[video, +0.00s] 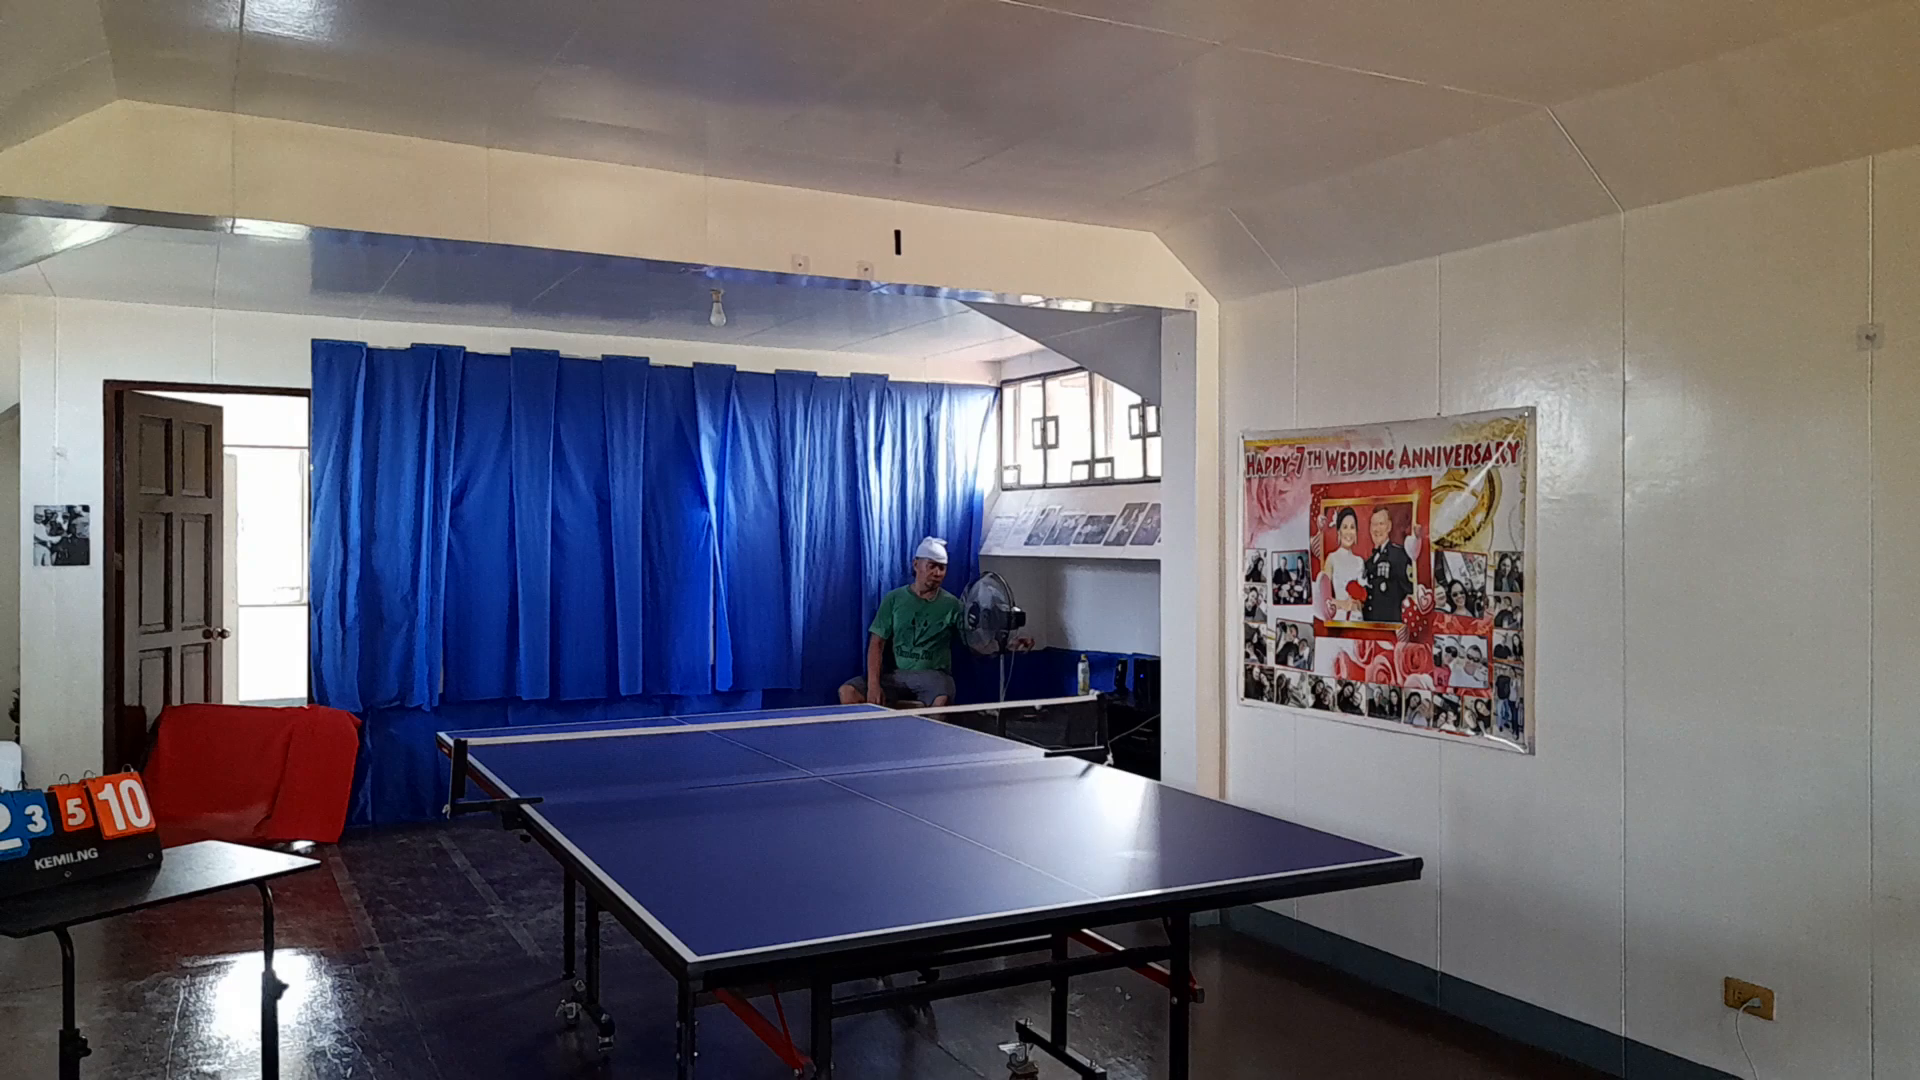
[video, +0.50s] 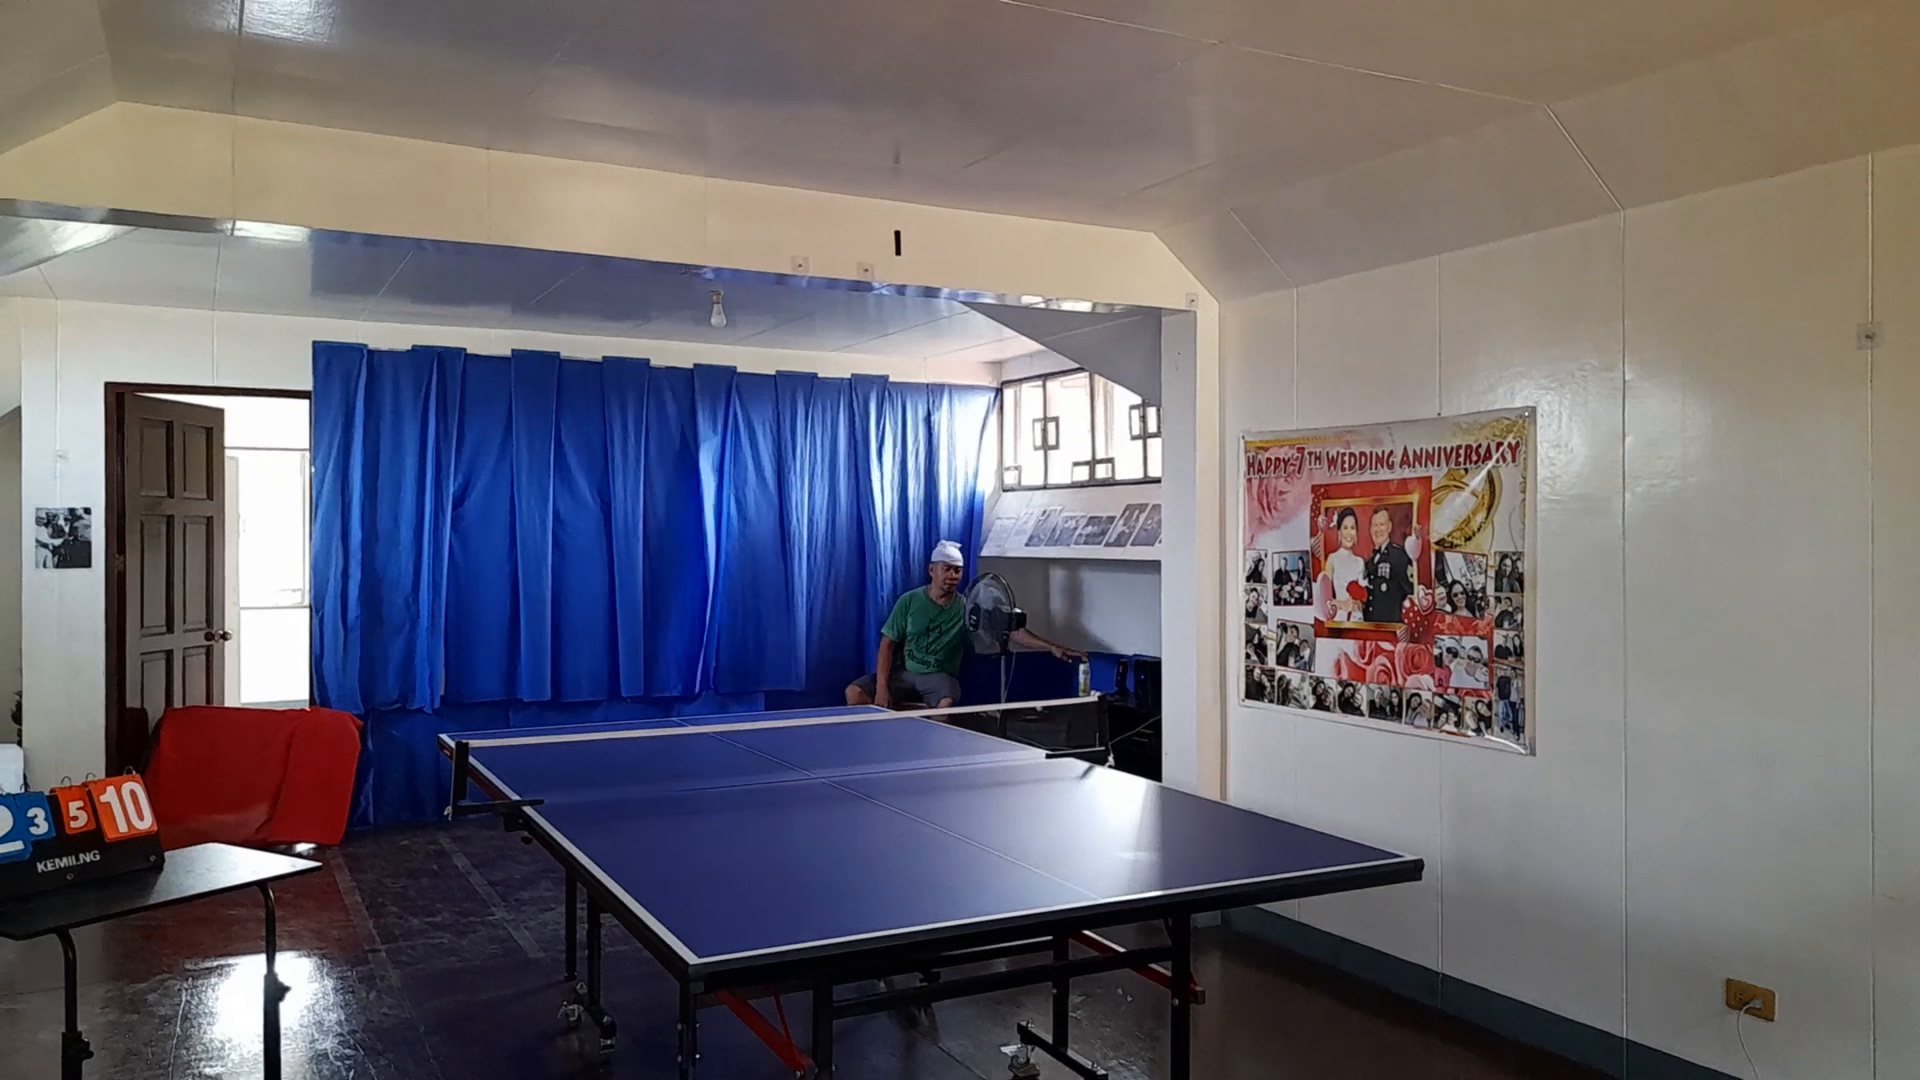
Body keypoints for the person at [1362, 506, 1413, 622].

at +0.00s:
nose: (1376, 529)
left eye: (1381, 524)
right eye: (1373, 524)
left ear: (1389, 526)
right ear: (1369, 527)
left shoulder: (1399, 554)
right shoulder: (1368, 562)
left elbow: (1407, 588)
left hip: (1392, 619)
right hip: (1370, 620)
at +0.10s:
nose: (1376, 524)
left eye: (1380, 519)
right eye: (1372, 520)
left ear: (1388, 521)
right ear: (1368, 523)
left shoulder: (1398, 550)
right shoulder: (1366, 558)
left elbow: (1407, 585)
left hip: (1392, 615)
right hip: (1369, 616)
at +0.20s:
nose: (1378, 530)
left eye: (1382, 526)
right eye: (1374, 526)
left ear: (1390, 527)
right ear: (1370, 529)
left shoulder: (1400, 556)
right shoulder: (1369, 564)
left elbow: (1409, 591)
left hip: (1393, 622)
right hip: (1371, 622)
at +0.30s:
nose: (1377, 529)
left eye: (1382, 525)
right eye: (1374, 525)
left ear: (1389, 527)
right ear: (1369, 528)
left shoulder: (1399, 555)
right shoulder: (1368, 563)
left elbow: (1407, 589)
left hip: (1392, 621)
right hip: (1370, 621)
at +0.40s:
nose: (1376, 525)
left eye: (1380, 521)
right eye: (1373, 521)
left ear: (1388, 523)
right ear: (1368, 524)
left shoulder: (1398, 551)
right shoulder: (1367, 559)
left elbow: (1407, 586)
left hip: (1391, 617)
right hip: (1369, 618)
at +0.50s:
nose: (1378, 529)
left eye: (1382, 524)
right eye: (1374, 525)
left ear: (1390, 527)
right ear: (1370, 528)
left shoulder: (1399, 554)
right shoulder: (1369, 562)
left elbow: (1408, 589)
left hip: (1393, 620)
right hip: (1371, 621)